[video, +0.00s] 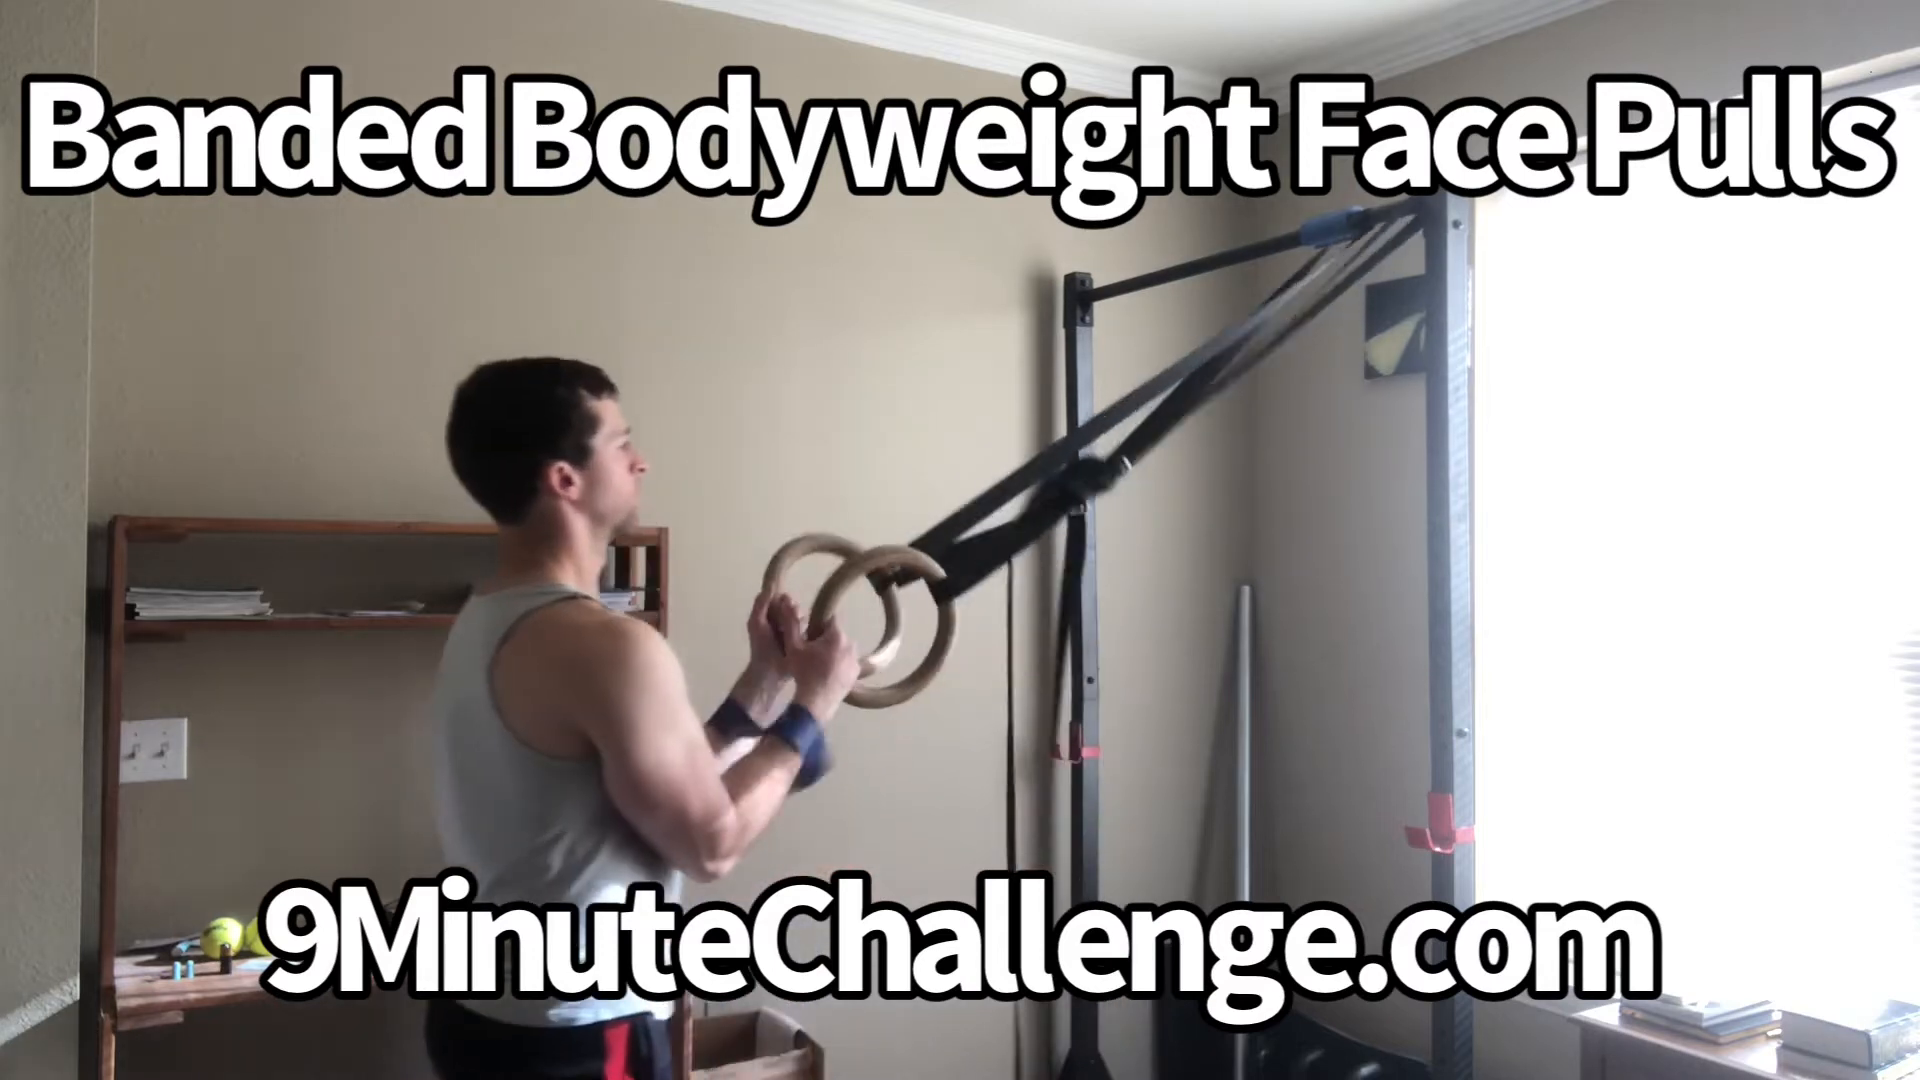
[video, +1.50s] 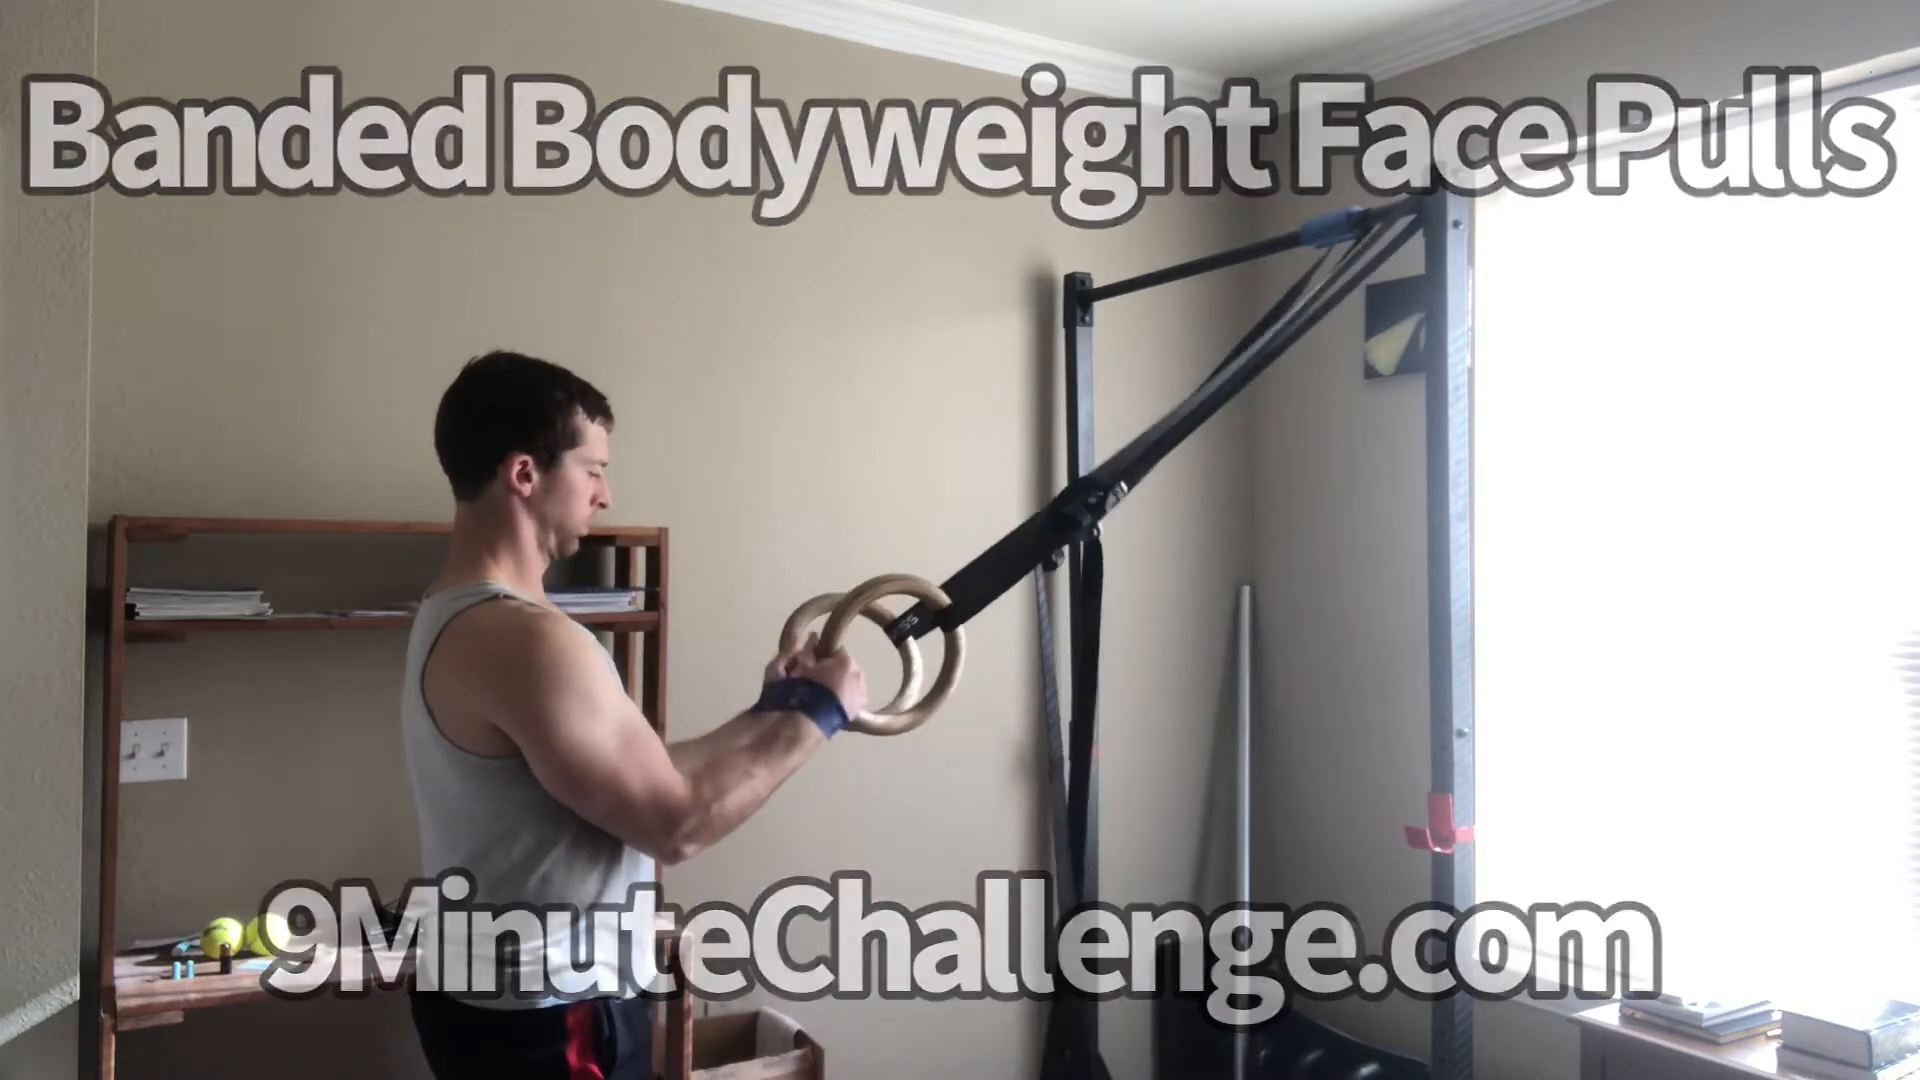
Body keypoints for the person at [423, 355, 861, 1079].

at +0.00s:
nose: (640, 462)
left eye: (628, 440)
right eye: (619, 445)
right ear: (565, 480)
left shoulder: (491, 619)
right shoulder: (611, 651)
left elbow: (641, 802)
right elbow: (710, 843)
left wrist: (762, 683)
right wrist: (812, 709)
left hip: (492, 1017)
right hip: (581, 1039)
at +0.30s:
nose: (600, 472)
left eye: (592, 448)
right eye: (584, 450)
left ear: (513, 475)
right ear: (517, 473)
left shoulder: (445, 625)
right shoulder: (543, 654)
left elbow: (624, 774)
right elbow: (721, 823)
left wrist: (763, 705)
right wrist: (831, 711)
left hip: (474, 1028)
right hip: (553, 1045)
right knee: (788, 1053)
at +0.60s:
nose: (584, 486)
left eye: (582, 461)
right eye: (572, 461)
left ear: (503, 476)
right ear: (506, 473)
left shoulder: (436, 623)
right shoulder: (516, 658)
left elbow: (612, 775)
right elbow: (707, 842)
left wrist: (764, 732)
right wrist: (823, 747)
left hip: (477, 1021)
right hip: (549, 1041)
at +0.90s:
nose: (594, 491)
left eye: (593, 466)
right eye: (585, 465)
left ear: (514, 476)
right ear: (519, 473)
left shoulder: (438, 618)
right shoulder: (516, 651)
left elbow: (601, 751)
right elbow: (712, 828)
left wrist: (744, 699)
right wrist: (824, 729)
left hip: (484, 1009)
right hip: (548, 1028)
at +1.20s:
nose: (598, 496)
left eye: (597, 472)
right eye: (588, 470)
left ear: (515, 478)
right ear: (517, 475)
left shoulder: (461, 614)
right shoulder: (518, 656)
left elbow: (628, 757)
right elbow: (702, 820)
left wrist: (767, 694)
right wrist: (836, 715)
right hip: (545, 1020)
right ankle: (764, 1055)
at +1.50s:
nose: (604, 495)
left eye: (603, 472)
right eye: (592, 470)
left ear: (522, 478)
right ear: (523, 474)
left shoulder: (457, 617)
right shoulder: (527, 643)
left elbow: (636, 776)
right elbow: (675, 824)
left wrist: (764, 715)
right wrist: (814, 715)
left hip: (498, 1003)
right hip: (551, 1018)